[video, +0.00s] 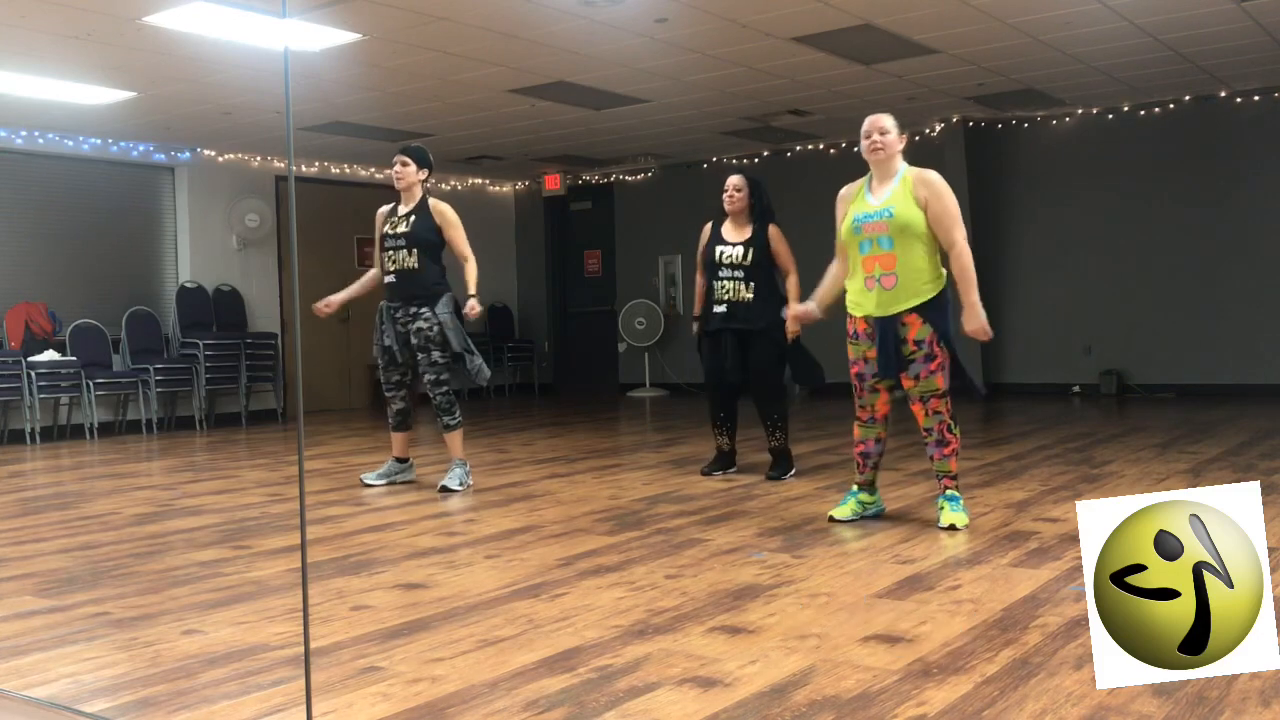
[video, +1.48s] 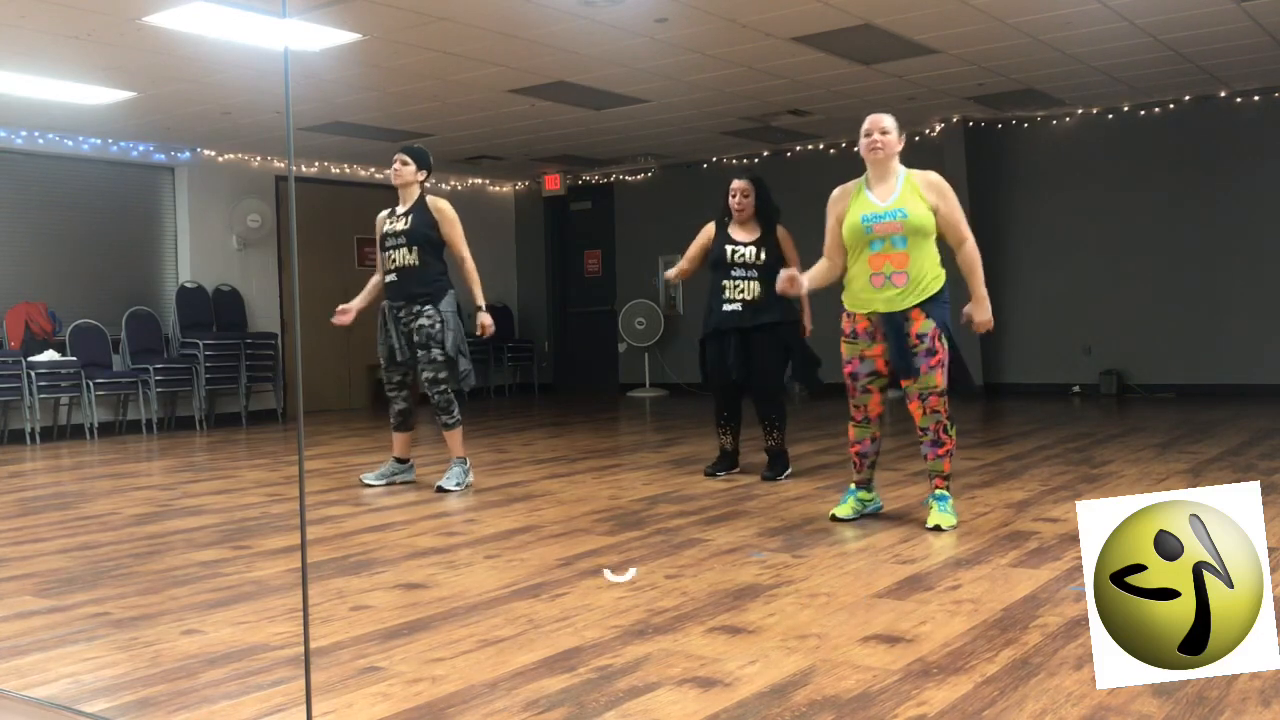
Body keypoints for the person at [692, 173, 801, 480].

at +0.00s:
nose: (729, 194)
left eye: (737, 190)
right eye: (726, 190)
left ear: (752, 196)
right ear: (721, 196)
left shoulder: (768, 231)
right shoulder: (710, 230)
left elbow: (790, 271)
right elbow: (701, 274)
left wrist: (793, 314)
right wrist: (697, 316)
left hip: (762, 328)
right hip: (720, 329)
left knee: (767, 390)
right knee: (720, 391)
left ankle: (781, 457)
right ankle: (725, 454)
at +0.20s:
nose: (723, 199)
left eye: (730, 194)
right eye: (719, 195)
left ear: (744, 200)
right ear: (714, 201)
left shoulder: (762, 237)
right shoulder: (702, 235)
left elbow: (787, 274)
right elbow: (685, 267)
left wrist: (792, 314)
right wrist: (671, 297)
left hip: (758, 327)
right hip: (716, 329)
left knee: (751, 372)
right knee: (718, 392)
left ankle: (772, 435)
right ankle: (725, 454)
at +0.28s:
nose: (725, 197)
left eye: (732, 192)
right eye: (720, 192)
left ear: (745, 196)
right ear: (715, 198)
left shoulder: (763, 232)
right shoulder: (705, 230)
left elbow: (786, 272)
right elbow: (690, 264)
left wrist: (793, 312)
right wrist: (662, 255)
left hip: (758, 324)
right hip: (718, 326)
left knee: (753, 380)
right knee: (721, 388)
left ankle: (775, 445)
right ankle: (725, 454)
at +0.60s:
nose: (736, 199)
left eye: (743, 194)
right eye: (732, 194)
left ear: (758, 198)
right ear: (728, 200)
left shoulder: (775, 230)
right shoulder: (723, 234)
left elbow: (791, 272)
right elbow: (700, 266)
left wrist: (761, 282)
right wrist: (685, 232)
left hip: (771, 325)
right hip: (733, 326)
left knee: (771, 387)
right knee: (705, 376)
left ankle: (779, 458)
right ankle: (718, 445)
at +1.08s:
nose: (740, 196)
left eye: (747, 191)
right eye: (736, 191)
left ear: (762, 196)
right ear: (732, 198)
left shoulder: (777, 223)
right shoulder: (729, 234)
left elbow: (806, 249)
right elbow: (709, 269)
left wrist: (783, 255)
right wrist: (693, 237)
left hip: (776, 322)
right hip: (737, 323)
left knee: (774, 386)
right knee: (712, 373)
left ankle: (780, 458)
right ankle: (723, 440)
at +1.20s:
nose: (738, 200)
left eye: (746, 195)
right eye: (735, 194)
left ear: (759, 201)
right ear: (730, 200)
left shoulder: (774, 228)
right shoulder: (728, 239)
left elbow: (808, 251)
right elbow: (716, 284)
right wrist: (698, 259)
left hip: (775, 326)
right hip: (737, 326)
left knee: (774, 388)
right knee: (705, 368)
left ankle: (780, 458)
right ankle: (721, 428)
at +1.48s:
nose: (738, 200)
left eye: (745, 195)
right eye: (733, 194)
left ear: (757, 199)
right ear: (727, 199)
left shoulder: (776, 233)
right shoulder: (713, 230)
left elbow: (796, 275)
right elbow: (689, 262)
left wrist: (805, 314)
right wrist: (677, 272)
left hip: (768, 329)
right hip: (724, 329)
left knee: (768, 392)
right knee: (725, 392)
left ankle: (777, 457)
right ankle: (728, 456)